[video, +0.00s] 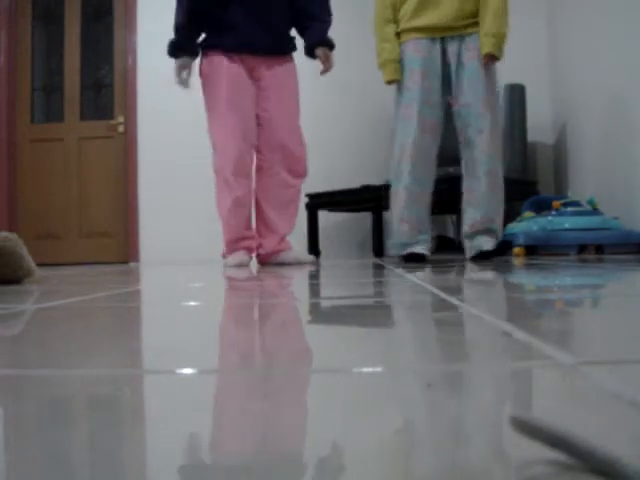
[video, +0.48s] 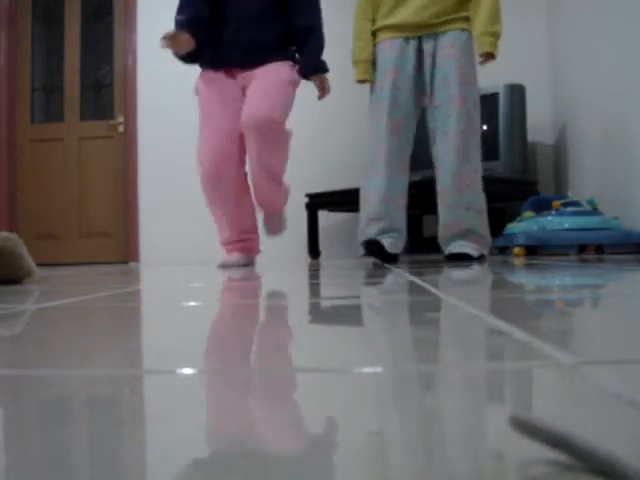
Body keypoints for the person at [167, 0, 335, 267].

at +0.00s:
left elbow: (310, 0)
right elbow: (190, 2)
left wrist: (317, 36)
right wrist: (185, 46)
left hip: (276, 55)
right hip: (223, 54)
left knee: (284, 152)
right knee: (233, 154)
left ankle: (273, 246)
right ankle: (238, 248)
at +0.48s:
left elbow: (306, 9)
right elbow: (192, 7)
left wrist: (312, 61)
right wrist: (188, 37)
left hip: (274, 59)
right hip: (218, 64)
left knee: (260, 119)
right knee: (215, 159)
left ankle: (272, 203)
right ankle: (238, 245)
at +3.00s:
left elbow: (301, 5)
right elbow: (163, 15)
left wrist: (305, 49)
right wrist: (170, 14)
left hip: (262, 55)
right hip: (209, 57)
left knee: (256, 151)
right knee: (208, 156)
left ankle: (272, 247)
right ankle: (221, 249)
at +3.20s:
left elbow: (292, 5)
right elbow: (187, 6)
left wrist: (290, 52)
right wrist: (201, 33)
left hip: (260, 53)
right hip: (210, 59)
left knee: (248, 153)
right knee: (204, 158)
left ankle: (270, 247)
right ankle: (220, 248)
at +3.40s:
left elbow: (302, 7)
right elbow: (203, 3)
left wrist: (303, 60)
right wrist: (216, 40)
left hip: (270, 55)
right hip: (220, 60)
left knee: (251, 151)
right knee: (204, 159)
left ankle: (269, 247)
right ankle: (221, 248)